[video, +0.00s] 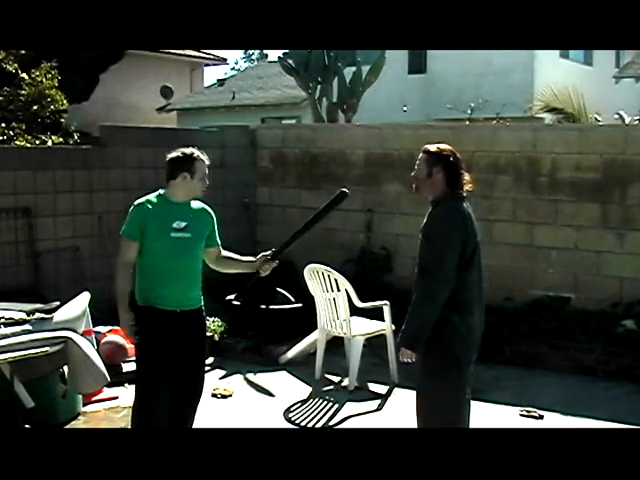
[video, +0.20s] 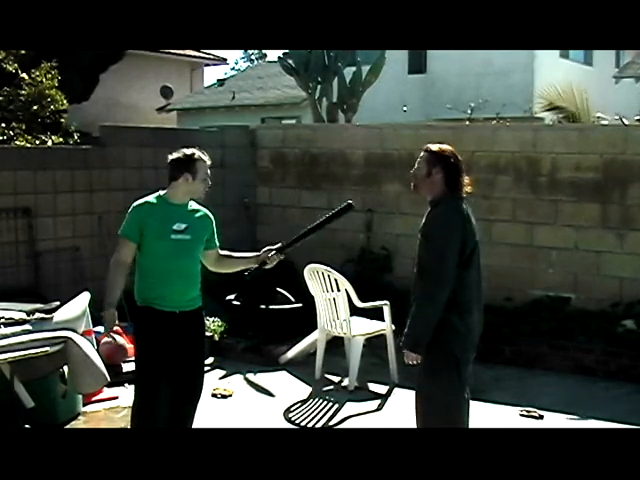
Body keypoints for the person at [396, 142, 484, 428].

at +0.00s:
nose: (413, 177)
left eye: (418, 171)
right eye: (415, 170)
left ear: (437, 175)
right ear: (439, 176)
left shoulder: (445, 216)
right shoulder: (453, 211)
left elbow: (433, 284)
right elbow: (436, 282)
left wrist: (411, 339)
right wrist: (415, 335)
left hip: (447, 335)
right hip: (454, 331)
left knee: (438, 412)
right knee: (446, 409)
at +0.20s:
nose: (412, 173)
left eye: (418, 168)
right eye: (415, 166)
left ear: (437, 175)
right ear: (438, 176)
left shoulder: (444, 217)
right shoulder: (451, 213)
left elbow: (434, 285)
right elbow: (435, 283)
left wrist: (414, 341)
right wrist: (416, 337)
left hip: (446, 336)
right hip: (453, 332)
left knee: (437, 413)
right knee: (444, 411)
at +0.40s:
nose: (414, 167)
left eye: (422, 164)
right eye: (418, 162)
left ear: (438, 176)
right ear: (437, 177)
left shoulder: (444, 212)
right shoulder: (444, 209)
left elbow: (435, 277)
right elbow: (440, 273)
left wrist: (404, 319)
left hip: (447, 326)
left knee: (436, 404)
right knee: (444, 402)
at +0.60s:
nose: (415, 168)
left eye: (422, 164)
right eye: (419, 162)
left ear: (440, 176)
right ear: (439, 176)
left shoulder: (451, 208)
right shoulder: (442, 206)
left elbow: (441, 232)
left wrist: (413, 234)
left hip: (446, 318)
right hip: (438, 315)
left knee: (436, 393)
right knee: (437, 391)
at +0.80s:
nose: (415, 170)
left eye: (422, 166)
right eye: (419, 164)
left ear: (440, 177)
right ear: (439, 178)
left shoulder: (453, 207)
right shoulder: (441, 205)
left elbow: (446, 235)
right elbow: (424, 225)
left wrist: (411, 242)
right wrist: (406, 231)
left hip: (445, 318)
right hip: (434, 314)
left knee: (437, 391)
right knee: (431, 389)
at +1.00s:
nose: (413, 173)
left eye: (420, 167)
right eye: (416, 166)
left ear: (438, 175)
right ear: (437, 176)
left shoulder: (447, 216)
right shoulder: (442, 213)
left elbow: (435, 279)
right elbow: (427, 276)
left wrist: (408, 319)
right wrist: (406, 315)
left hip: (444, 324)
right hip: (442, 321)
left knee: (436, 399)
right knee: (439, 396)